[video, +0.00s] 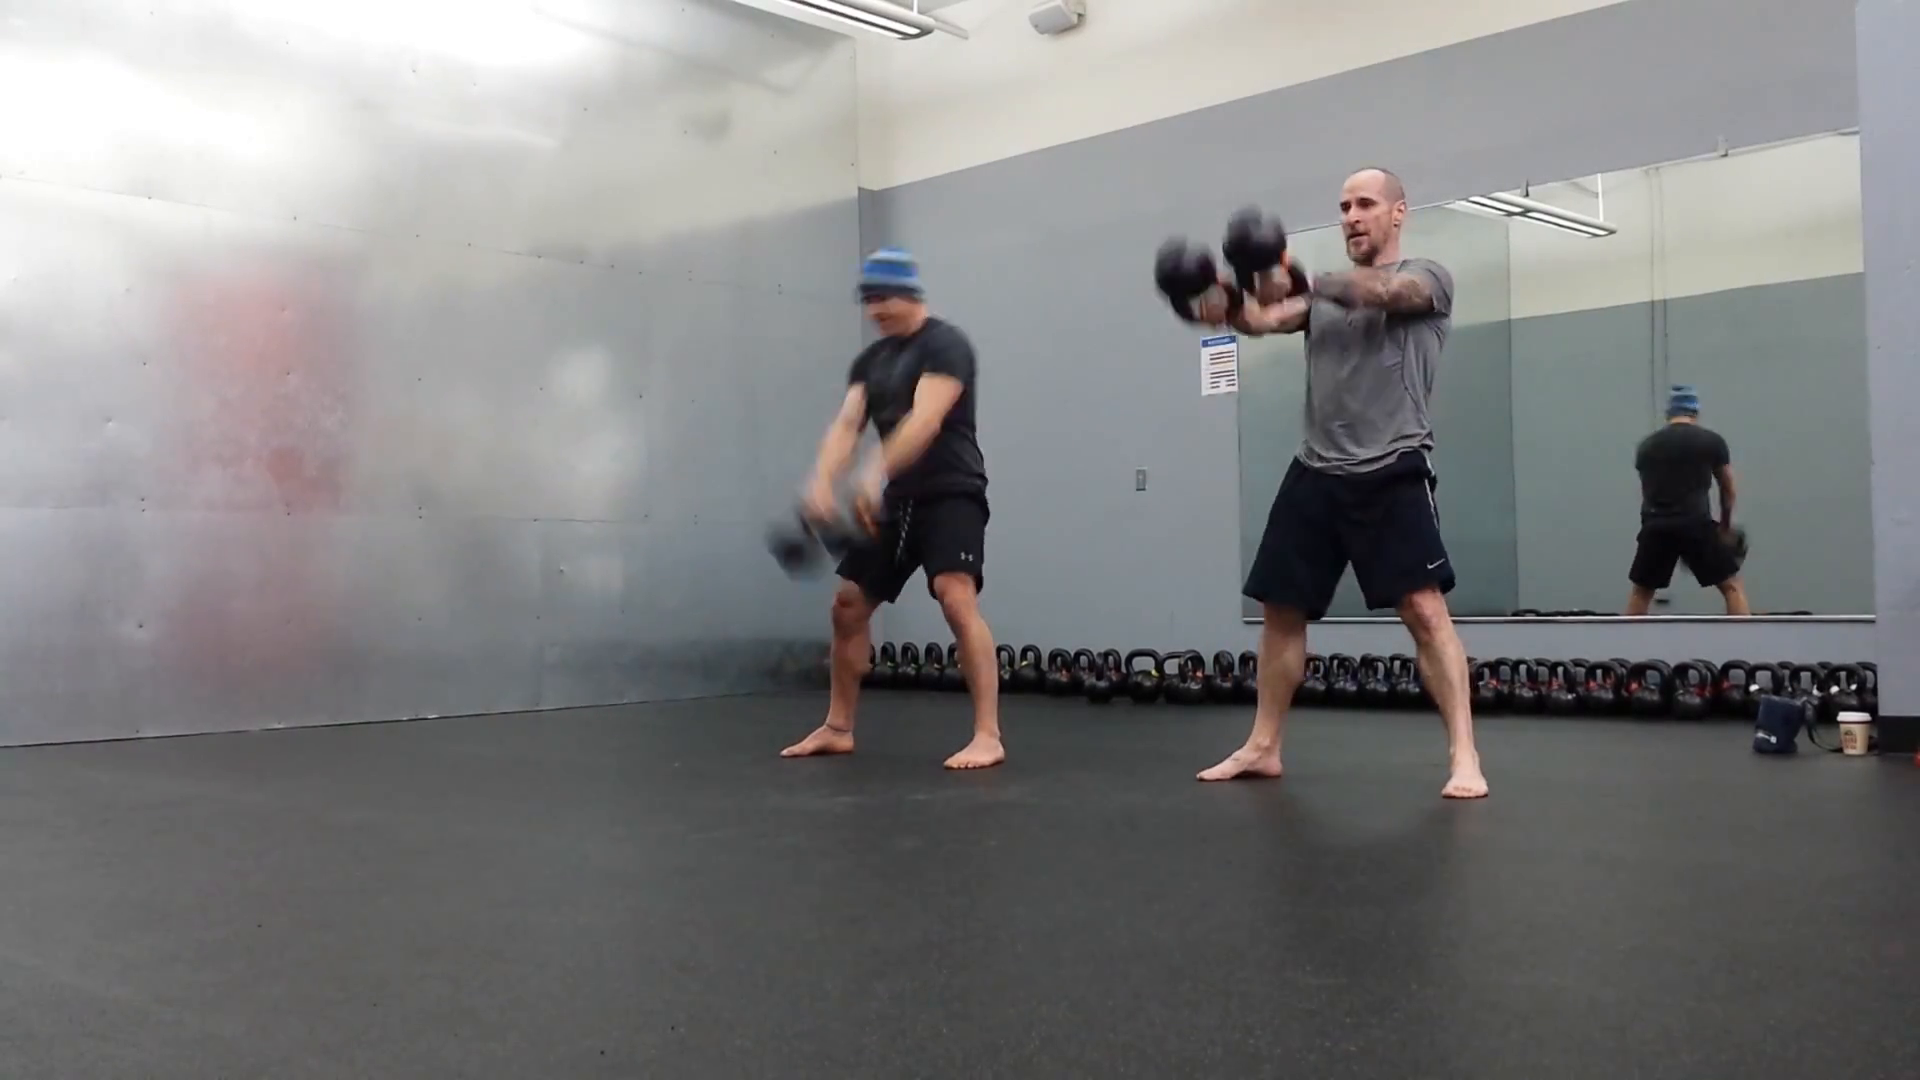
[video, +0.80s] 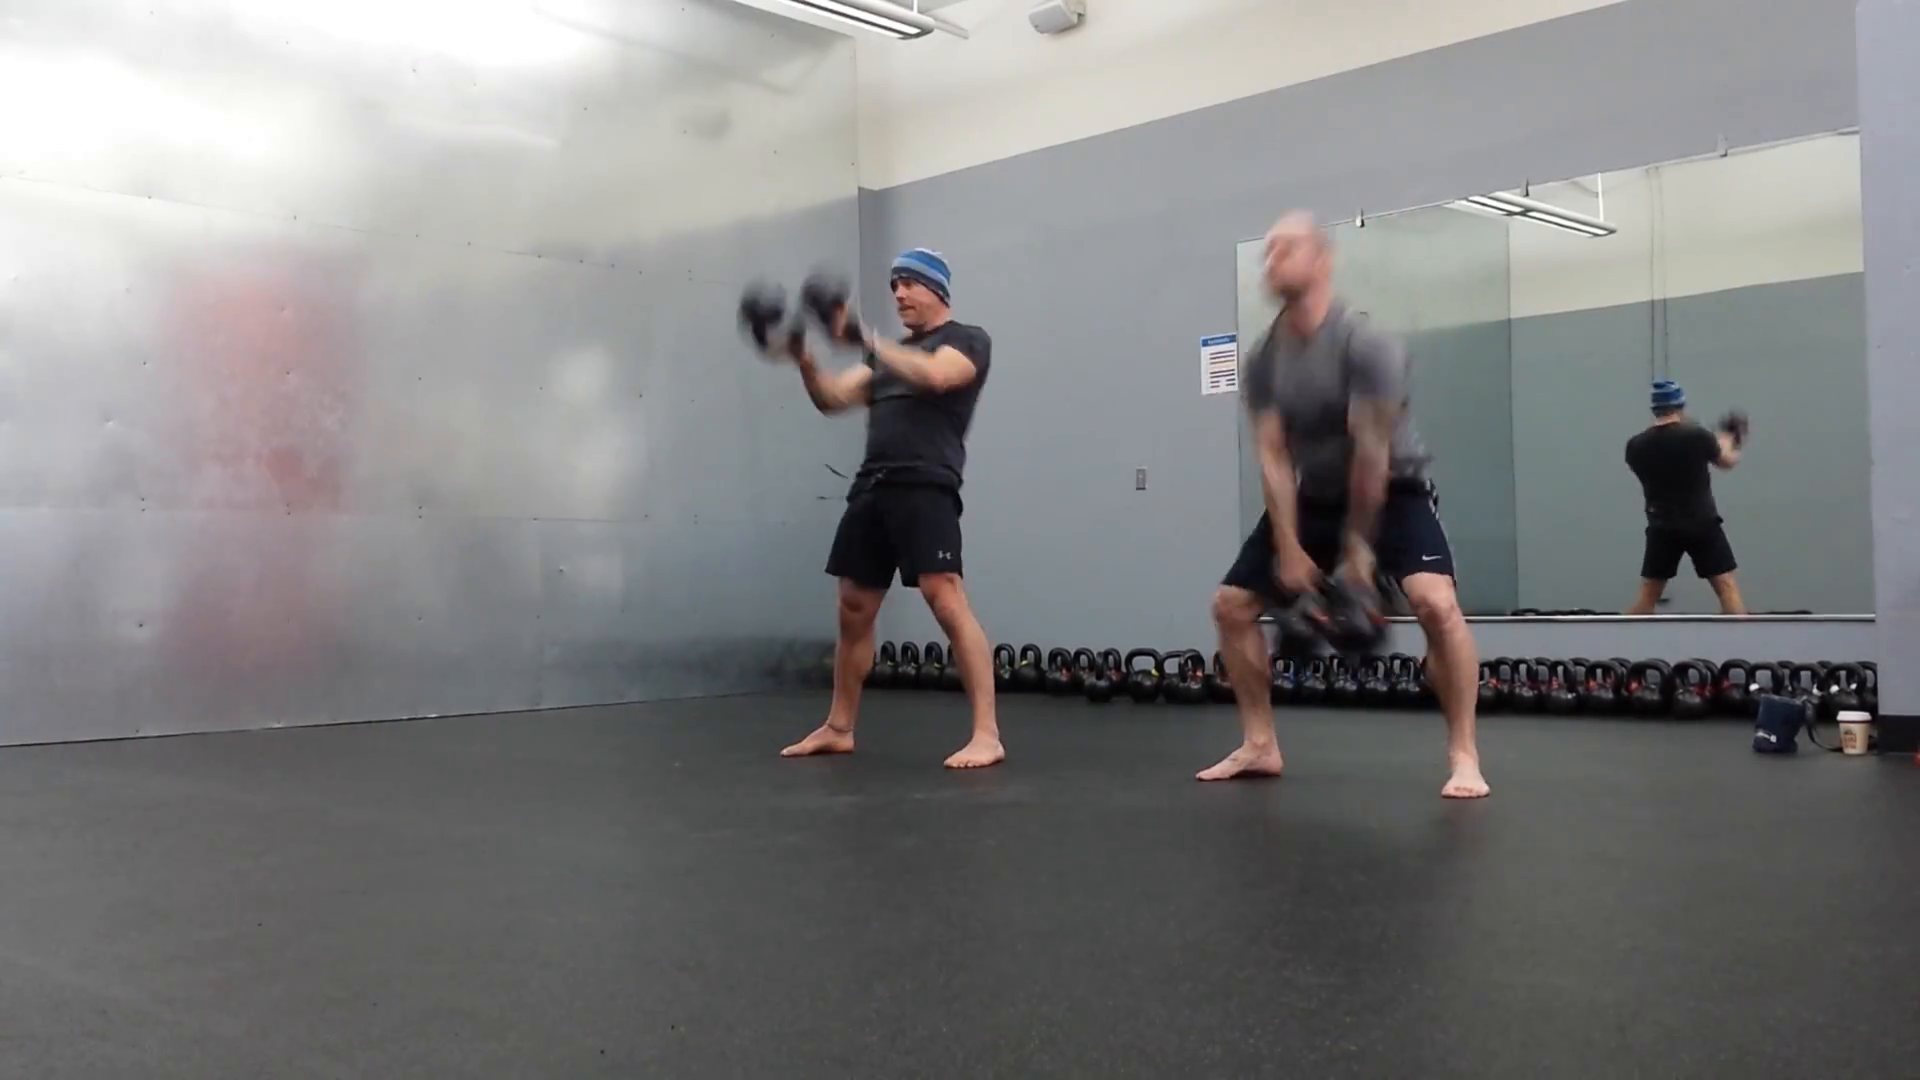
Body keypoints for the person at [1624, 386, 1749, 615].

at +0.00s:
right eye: (1693, 413)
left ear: (1669, 413)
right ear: (1695, 414)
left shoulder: (1647, 445)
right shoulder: (1711, 442)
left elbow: (1647, 492)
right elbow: (1727, 488)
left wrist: (1651, 524)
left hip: (1656, 529)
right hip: (1698, 528)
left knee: (1640, 595)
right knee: (1731, 589)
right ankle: (1747, 646)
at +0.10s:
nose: (1706, 442)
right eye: (1709, 438)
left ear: (1682, 437)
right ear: (1710, 438)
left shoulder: (1660, 462)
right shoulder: (1721, 461)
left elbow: (1656, 511)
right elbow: (1726, 515)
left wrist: (1666, 565)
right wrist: (1708, 564)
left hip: (1656, 531)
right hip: (1698, 531)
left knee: (1636, 594)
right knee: (1742, 587)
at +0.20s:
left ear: (1698, 474)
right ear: (1723, 476)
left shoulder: (1671, 491)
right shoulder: (1732, 494)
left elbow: (1662, 530)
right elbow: (1728, 536)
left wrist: (1656, 579)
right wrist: (1704, 577)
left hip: (1659, 539)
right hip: (1702, 540)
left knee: (1628, 597)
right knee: (1758, 589)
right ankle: (1748, 645)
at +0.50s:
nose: (1714, 447)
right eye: (1712, 443)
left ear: (1683, 443)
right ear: (1709, 443)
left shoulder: (1661, 472)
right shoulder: (1724, 470)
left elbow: (1655, 518)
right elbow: (1724, 518)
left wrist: (1664, 572)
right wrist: (1708, 569)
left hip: (1658, 539)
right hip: (1700, 540)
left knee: (1629, 595)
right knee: (1749, 589)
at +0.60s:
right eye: (1690, 413)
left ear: (1666, 415)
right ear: (1693, 413)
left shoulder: (1646, 448)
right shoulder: (1711, 444)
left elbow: (1649, 495)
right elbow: (1719, 494)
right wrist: (1710, 530)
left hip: (1656, 531)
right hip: (1697, 529)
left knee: (1636, 593)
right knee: (1734, 588)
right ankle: (1744, 646)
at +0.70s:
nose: (1679, 408)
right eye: (1679, 404)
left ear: (1653, 407)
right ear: (1679, 405)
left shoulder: (1634, 439)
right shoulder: (1696, 431)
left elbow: (1649, 473)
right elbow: (1719, 462)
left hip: (1656, 530)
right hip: (1696, 527)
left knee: (1642, 599)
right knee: (1722, 589)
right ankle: (1744, 647)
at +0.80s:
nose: (1682, 408)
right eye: (1680, 404)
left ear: (1654, 409)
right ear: (1680, 406)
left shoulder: (1635, 446)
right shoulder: (1696, 437)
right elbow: (1727, 461)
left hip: (1662, 530)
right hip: (1702, 526)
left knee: (1647, 598)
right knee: (1727, 591)